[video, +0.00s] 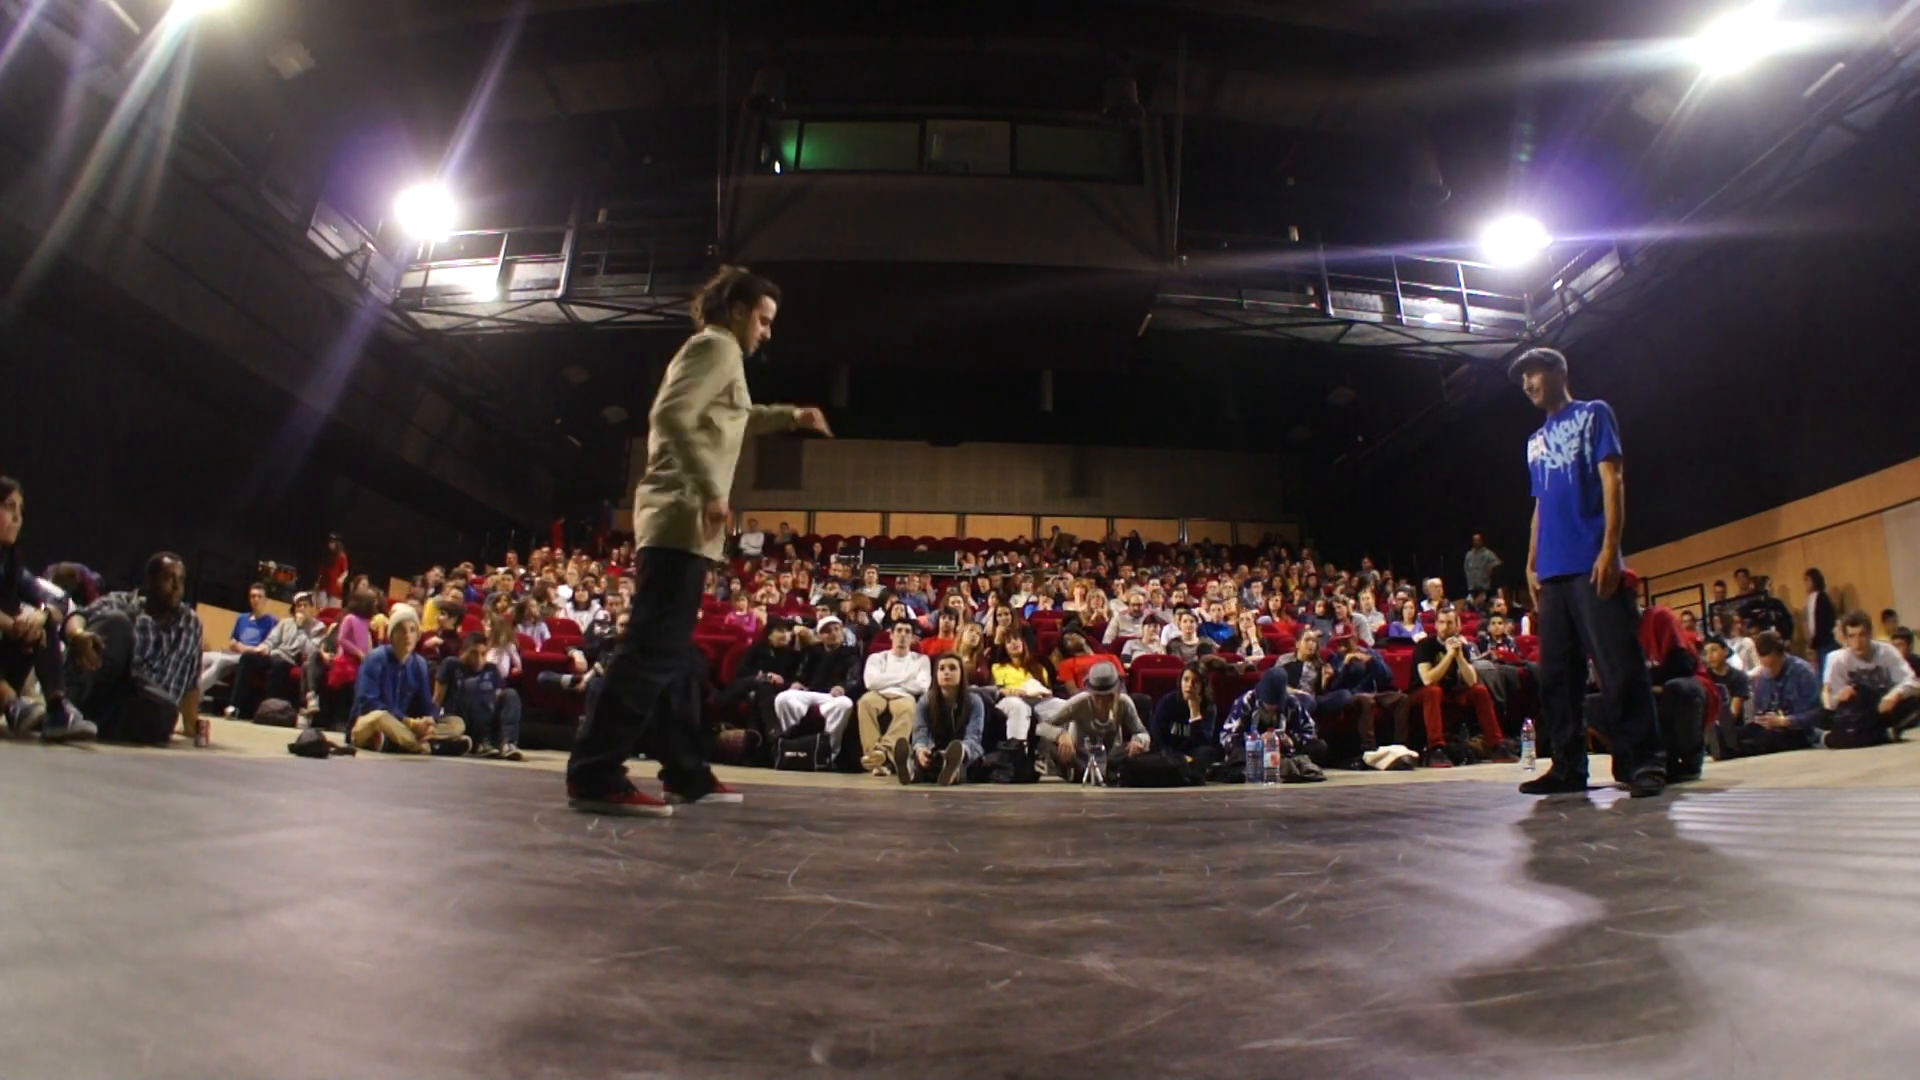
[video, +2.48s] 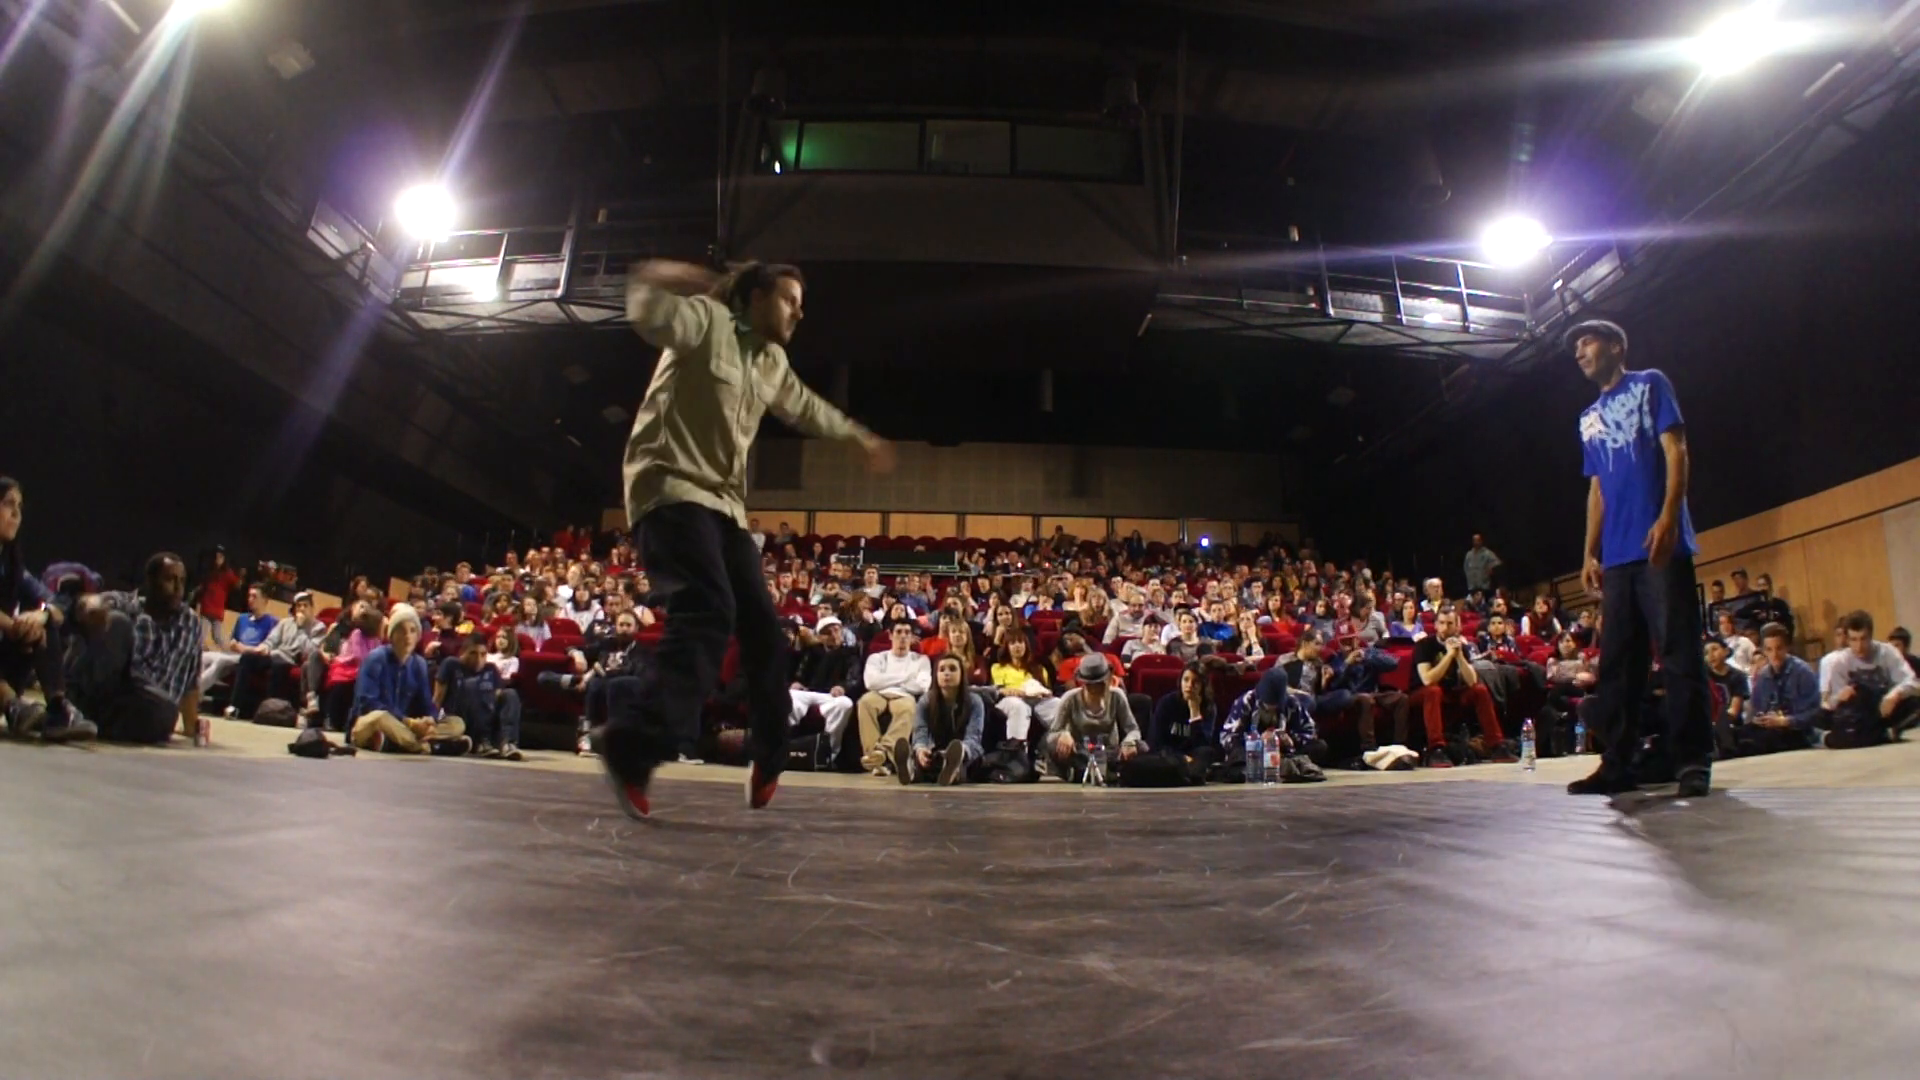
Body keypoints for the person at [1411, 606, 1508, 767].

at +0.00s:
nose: (1445, 627)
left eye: (1450, 623)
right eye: (1441, 622)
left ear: (1457, 625)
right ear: (1436, 624)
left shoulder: (1462, 646)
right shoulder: (1425, 645)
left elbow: (1471, 681)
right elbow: (1427, 678)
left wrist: (1459, 655)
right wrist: (1449, 655)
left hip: (1454, 691)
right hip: (1426, 693)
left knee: (1480, 691)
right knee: (1433, 691)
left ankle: (1497, 745)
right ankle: (1436, 749)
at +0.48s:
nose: (1445, 627)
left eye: (1450, 623)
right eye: (1441, 623)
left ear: (1457, 625)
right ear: (1436, 625)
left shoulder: (1462, 646)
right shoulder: (1424, 646)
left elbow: (1472, 681)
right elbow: (1427, 678)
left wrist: (1459, 655)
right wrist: (1449, 655)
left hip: (1455, 691)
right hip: (1429, 693)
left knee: (1480, 691)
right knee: (1433, 691)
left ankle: (1497, 745)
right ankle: (1436, 749)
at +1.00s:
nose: (1446, 628)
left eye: (1450, 623)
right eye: (1441, 623)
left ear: (1458, 626)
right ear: (1436, 625)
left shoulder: (1463, 646)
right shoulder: (1424, 645)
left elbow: (1472, 681)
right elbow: (1427, 679)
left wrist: (1459, 654)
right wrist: (1449, 655)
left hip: (1454, 691)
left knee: (1480, 691)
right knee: (1433, 691)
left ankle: (1497, 745)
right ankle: (1436, 749)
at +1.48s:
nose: (1445, 627)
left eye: (1450, 623)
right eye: (1441, 623)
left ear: (1457, 625)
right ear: (1436, 624)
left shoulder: (1462, 646)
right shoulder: (1424, 645)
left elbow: (1472, 681)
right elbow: (1427, 678)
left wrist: (1459, 655)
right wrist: (1449, 655)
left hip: (1454, 691)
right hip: (1427, 693)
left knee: (1480, 690)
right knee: (1433, 691)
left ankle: (1497, 745)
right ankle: (1436, 749)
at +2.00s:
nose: (1445, 628)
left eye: (1450, 623)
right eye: (1441, 623)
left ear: (1457, 626)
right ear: (1435, 624)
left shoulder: (1462, 646)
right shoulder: (1424, 645)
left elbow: (1471, 681)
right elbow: (1427, 678)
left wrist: (1459, 654)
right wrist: (1449, 655)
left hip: (1454, 691)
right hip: (1427, 693)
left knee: (1480, 691)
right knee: (1433, 691)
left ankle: (1497, 745)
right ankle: (1436, 749)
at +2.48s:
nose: (1445, 628)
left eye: (1450, 623)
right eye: (1441, 623)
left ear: (1457, 626)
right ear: (1436, 624)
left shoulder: (1462, 646)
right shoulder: (1424, 646)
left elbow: (1471, 681)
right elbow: (1427, 678)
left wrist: (1459, 654)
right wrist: (1449, 655)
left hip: (1454, 693)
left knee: (1480, 691)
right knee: (1433, 691)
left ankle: (1497, 745)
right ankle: (1437, 749)